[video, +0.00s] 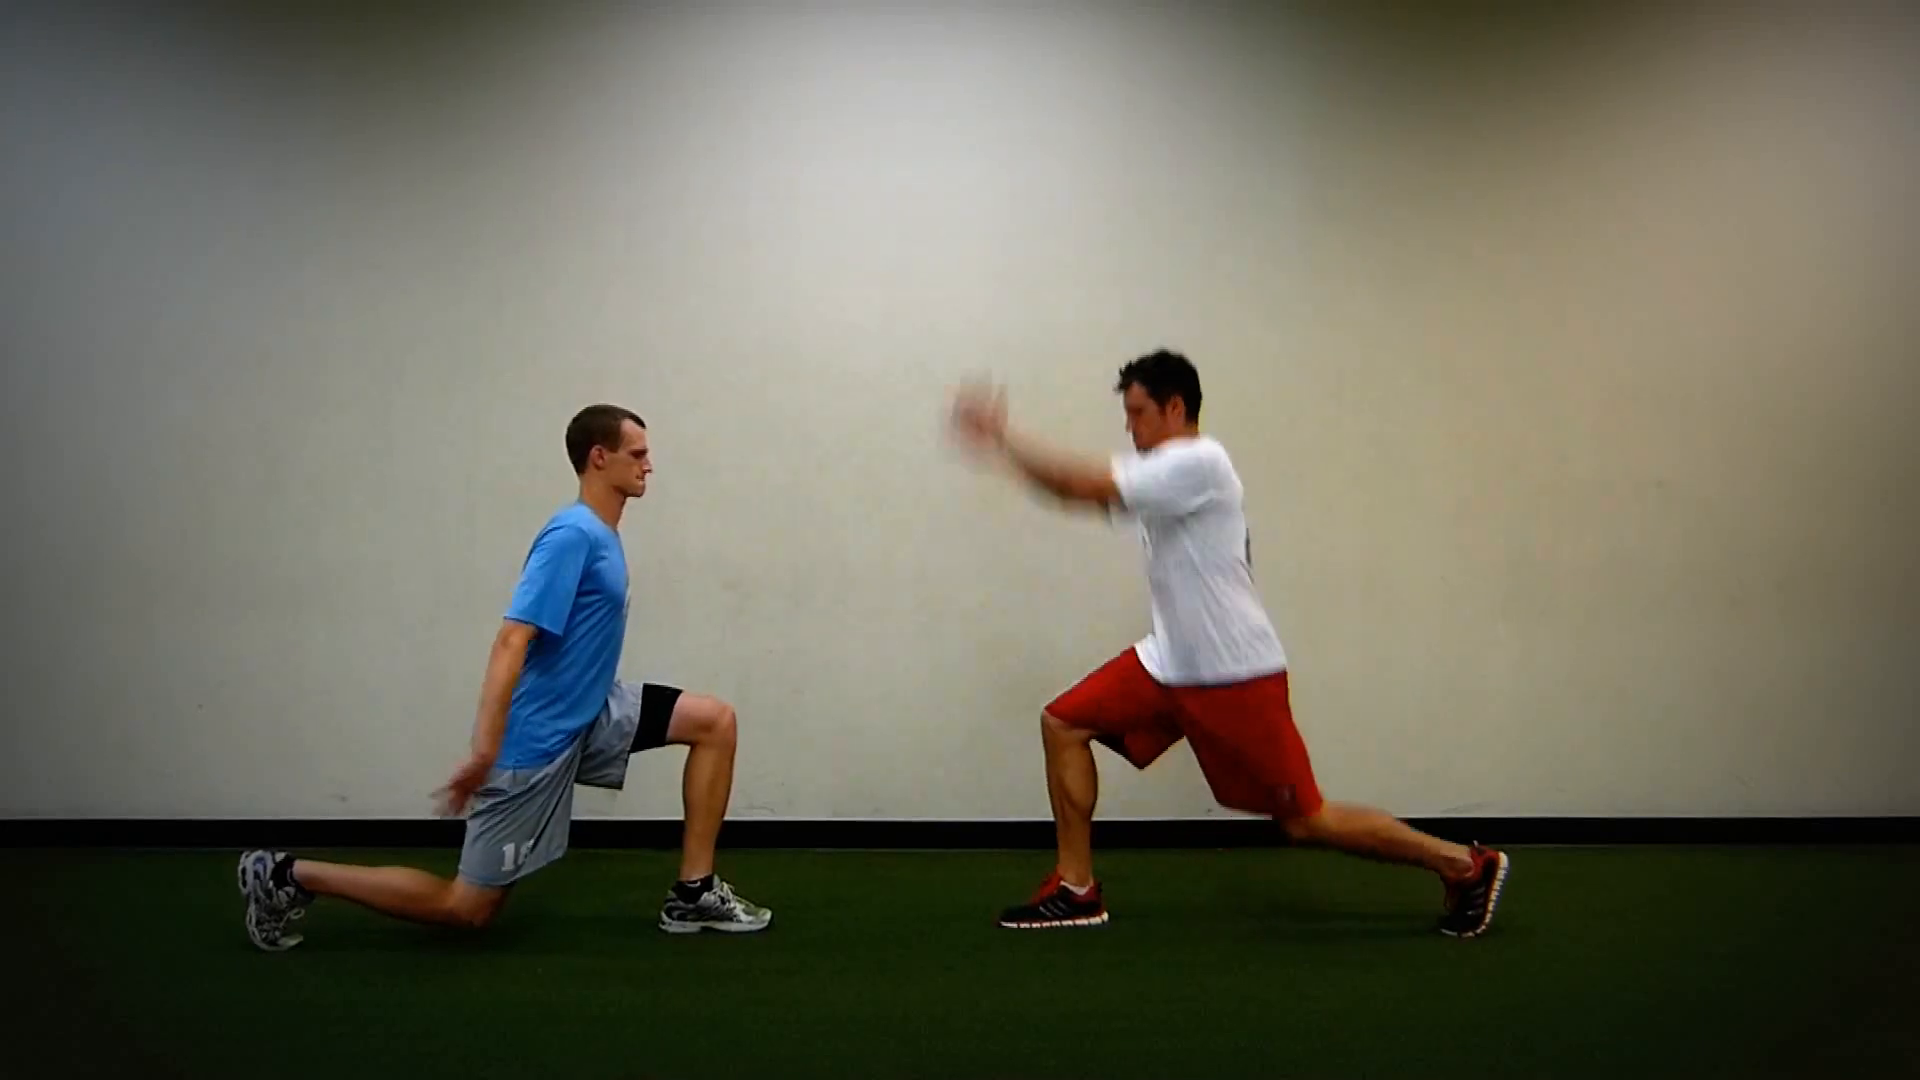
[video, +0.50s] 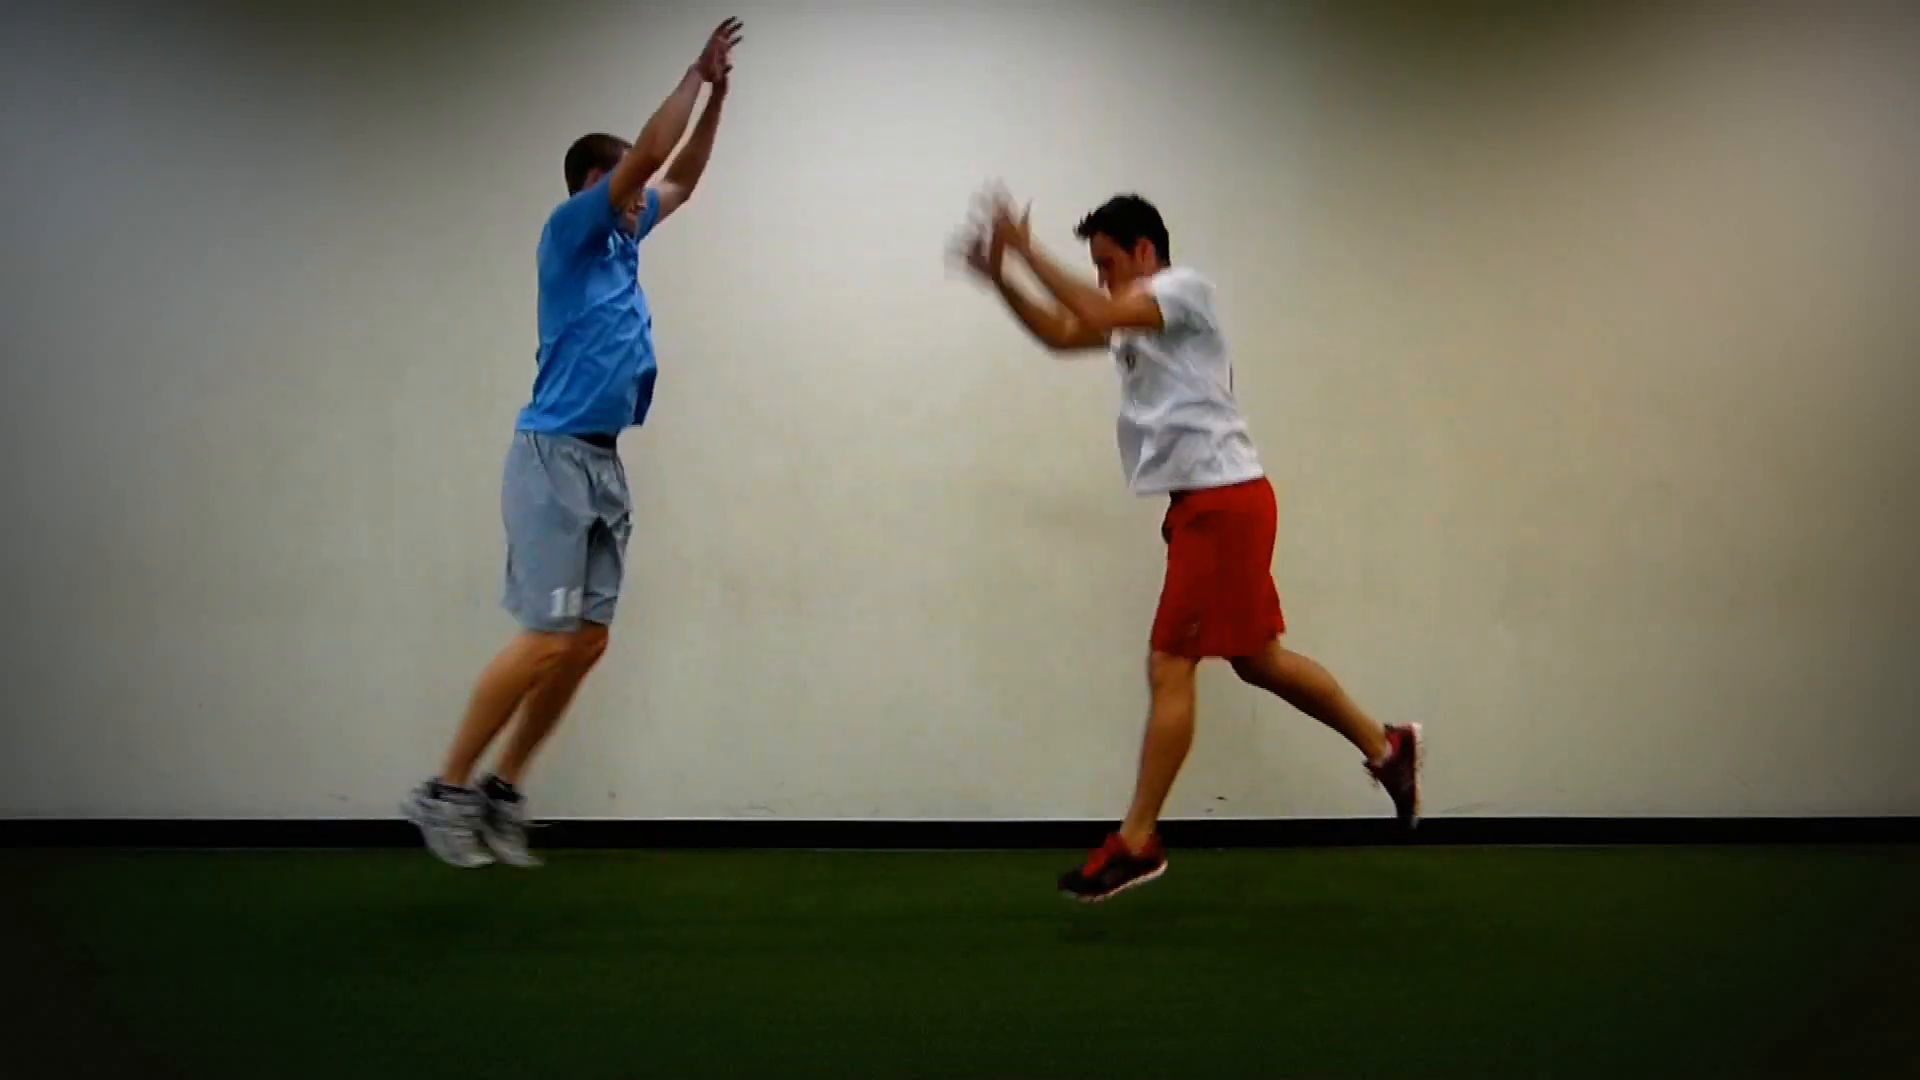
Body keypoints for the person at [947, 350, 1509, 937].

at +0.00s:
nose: (1127, 425)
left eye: (1135, 411)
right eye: (1126, 412)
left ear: (1174, 406)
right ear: (1163, 410)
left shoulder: (1201, 463)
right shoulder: (1161, 471)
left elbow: (1089, 486)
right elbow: (1080, 494)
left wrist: (1004, 439)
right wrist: (1008, 451)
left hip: (1234, 667)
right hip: (1169, 658)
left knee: (1306, 819)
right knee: (1065, 723)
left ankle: (1467, 866)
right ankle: (1074, 886)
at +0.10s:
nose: (1114, 334)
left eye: (1119, 320)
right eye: (1114, 324)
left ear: (1151, 320)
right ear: (1145, 323)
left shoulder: (1184, 367)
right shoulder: (1143, 382)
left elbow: (1099, 312)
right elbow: (1085, 320)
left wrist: (1061, 234)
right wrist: (1051, 240)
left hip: (1230, 581)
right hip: (1170, 586)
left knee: (1313, 724)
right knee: (1106, 710)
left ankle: (1431, 847)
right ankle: (1069, 871)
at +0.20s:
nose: (1101, 261)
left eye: (1109, 243)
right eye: (1098, 251)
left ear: (1143, 239)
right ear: (1115, 254)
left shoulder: (1179, 292)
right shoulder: (1137, 311)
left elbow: (1108, 217)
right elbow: (1079, 234)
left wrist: (1083, 137)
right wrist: (1062, 140)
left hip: (1227, 502)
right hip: (1177, 511)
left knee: (1292, 661)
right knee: (1165, 672)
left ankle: (1352, 821)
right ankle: (1149, 823)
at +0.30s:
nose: (1094, 224)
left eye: (1102, 203)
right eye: (1087, 213)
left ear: (1136, 199)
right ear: (1103, 223)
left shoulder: (1174, 245)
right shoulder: (1125, 273)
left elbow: (1095, 178)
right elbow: (1062, 210)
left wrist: (1062, 104)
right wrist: (1041, 116)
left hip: (1228, 462)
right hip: (1182, 472)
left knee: (1251, 634)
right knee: (1182, 629)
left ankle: (1265, 811)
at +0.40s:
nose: (1099, 228)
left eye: (1107, 214)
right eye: (1097, 217)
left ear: (1139, 208)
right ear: (1119, 219)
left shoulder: (1181, 250)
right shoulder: (1124, 276)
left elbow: (1089, 206)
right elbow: (1051, 248)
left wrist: (1041, 142)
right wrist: (1019, 164)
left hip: (1227, 467)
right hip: (1192, 472)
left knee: (1211, 640)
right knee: (1227, 633)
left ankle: (1190, 810)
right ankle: (1344, 730)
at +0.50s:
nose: (1099, 272)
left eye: (1104, 260)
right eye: (1095, 262)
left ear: (1142, 249)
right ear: (1129, 259)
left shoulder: (1185, 291)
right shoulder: (1130, 312)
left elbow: (1099, 310)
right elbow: (1058, 334)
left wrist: (1026, 249)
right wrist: (1000, 282)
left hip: (1222, 504)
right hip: (1209, 506)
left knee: (1170, 666)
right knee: (1262, 660)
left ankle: (1139, 839)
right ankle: (1385, 748)